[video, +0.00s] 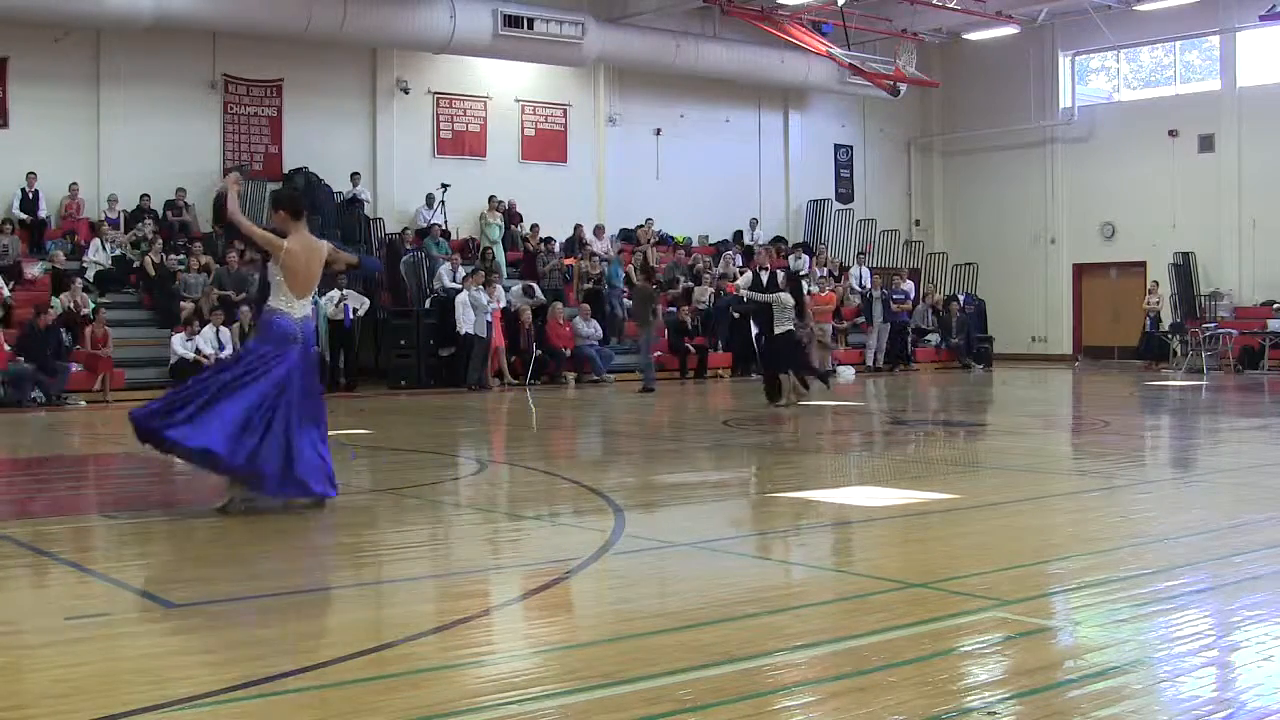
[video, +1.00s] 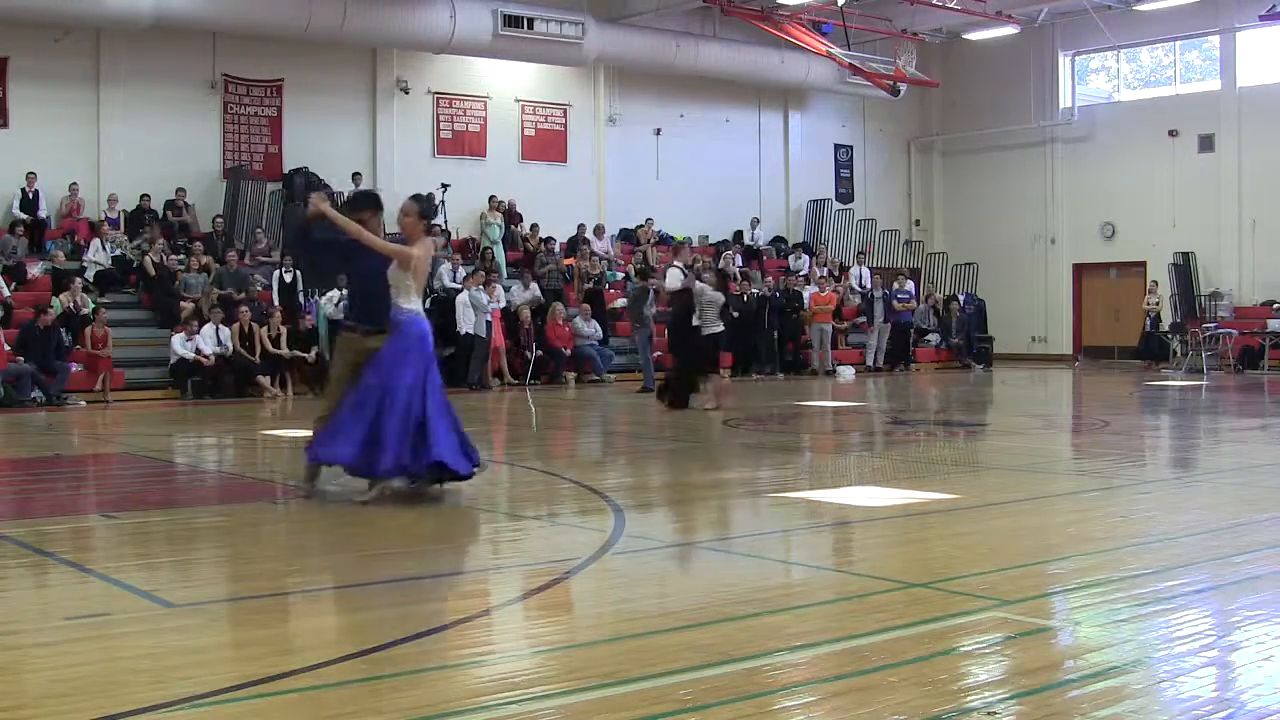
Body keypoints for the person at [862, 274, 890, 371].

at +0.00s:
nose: (875, 280)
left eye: (877, 278)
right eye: (874, 278)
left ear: (881, 281)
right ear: (871, 281)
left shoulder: (886, 293)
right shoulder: (867, 294)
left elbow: (889, 308)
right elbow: (866, 310)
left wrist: (888, 319)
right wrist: (868, 322)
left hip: (884, 322)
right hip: (873, 322)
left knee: (882, 345)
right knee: (871, 344)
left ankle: (879, 364)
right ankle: (869, 363)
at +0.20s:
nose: (874, 280)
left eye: (876, 278)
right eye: (873, 278)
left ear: (880, 280)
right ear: (871, 280)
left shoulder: (885, 293)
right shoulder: (867, 294)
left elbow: (888, 307)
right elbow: (866, 309)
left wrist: (888, 320)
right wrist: (868, 322)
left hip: (884, 322)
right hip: (873, 322)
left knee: (882, 344)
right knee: (871, 344)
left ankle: (879, 364)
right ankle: (869, 363)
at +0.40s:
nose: (874, 280)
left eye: (876, 278)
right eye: (873, 278)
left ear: (880, 280)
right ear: (871, 280)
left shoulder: (885, 294)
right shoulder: (867, 294)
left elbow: (889, 307)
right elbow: (866, 309)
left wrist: (888, 320)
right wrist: (868, 322)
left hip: (884, 322)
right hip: (873, 322)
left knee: (882, 344)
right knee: (871, 344)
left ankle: (879, 364)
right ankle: (869, 363)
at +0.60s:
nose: (874, 281)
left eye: (876, 279)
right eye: (873, 279)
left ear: (880, 281)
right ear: (871, 281)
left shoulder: (886, 293)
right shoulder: (867, 294)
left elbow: (889, 307)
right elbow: (866, 309)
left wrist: (889, 320)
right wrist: (869, 322)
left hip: (885, 322)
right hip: (873, 322)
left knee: (882, 344)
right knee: (871, 344)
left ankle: (879, 363)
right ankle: (869, 363)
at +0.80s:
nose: (875, 280)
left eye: (877, 278)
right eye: (874, 278)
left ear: (881, 281)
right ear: (872, 281)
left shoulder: (886, 293)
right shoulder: (868, 294)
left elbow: (890, 308)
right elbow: (866, 309)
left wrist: (890, 320)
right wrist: (869, 322)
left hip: (885, 323)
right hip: (874, 323)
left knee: (882, 345)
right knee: (871, 344)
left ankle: (879, 364)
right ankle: (869, 364)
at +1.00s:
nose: (875, 280)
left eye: (877, 278)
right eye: (874, 278)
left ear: (881, 281)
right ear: (872, 281)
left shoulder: (887, 293)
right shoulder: (868, 294)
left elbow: (890, 308)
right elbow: (867, 309)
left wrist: (890, 320)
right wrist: (869, 322)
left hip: (885, 322)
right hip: (874, 322)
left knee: (882, 345)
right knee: (871, 344)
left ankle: (879, 364)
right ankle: (869, 364)